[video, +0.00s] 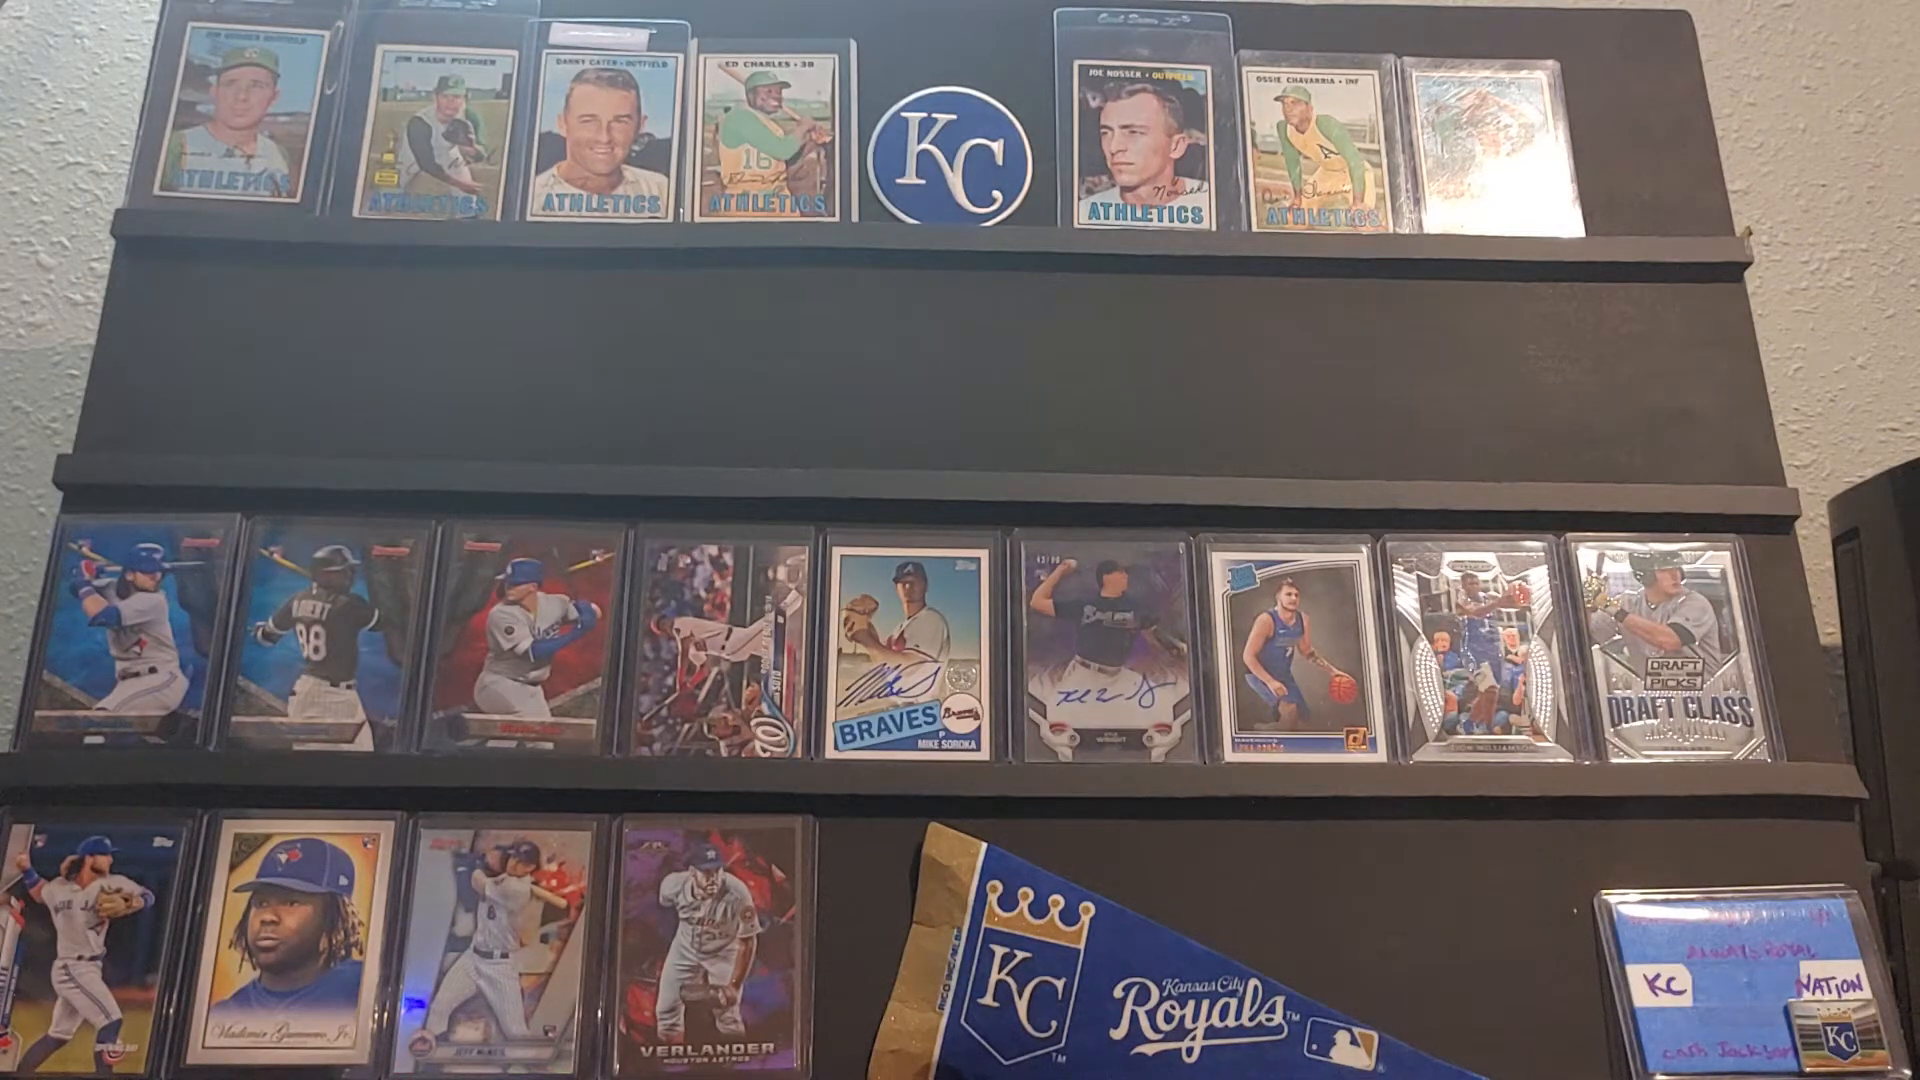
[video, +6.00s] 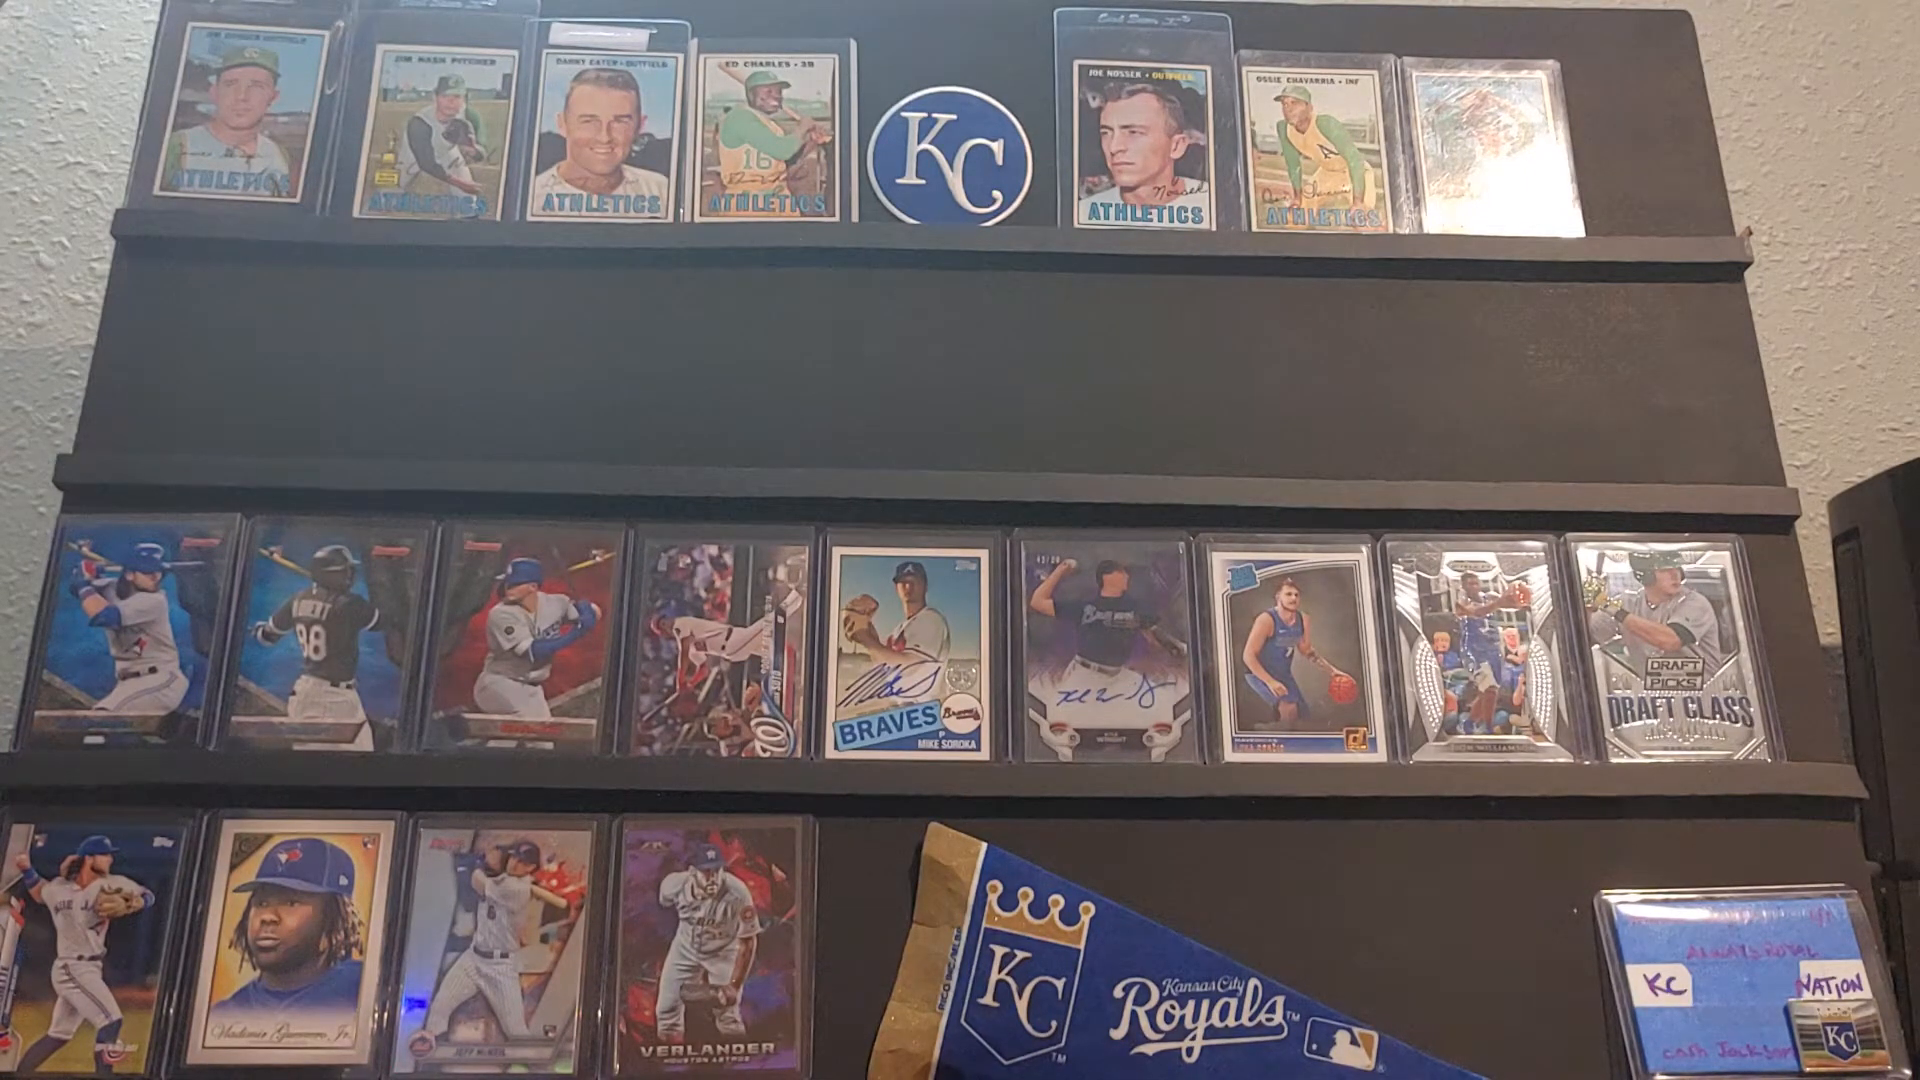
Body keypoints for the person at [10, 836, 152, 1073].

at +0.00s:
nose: (110, 860)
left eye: (110, 855)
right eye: (105, 855)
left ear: (98, 861)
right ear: (89, 859)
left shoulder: (111, 884)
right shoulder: (58, 888)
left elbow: (148, 896)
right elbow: (39, 892)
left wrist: (133, 904)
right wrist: (27, 870)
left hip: (90, 968)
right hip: (70, 969)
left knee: (58, 1036)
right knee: (111, 1019)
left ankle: (20, 1073)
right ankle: (104, 1074)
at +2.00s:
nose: (110, 859)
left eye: (110, 855)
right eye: (105, 855)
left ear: (97, 861)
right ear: (90, 859)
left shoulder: (111, 884)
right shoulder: (58, 889)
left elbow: (148, 896)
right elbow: (39, 890)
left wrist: (130, 905)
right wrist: (26, 869)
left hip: (91, 969)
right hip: (71, 969)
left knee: (58, 1036)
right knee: (111, 1019)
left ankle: (19, 1073)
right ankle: (104, 1073)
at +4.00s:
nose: (110, 859)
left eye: (110, 855)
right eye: (105, 855)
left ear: (96, 861)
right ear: (89, 859)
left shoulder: (111, 884)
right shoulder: (58, 888)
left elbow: (149, 896)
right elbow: (39, 892)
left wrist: (131, 904)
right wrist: (27, 869)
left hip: (90, 969)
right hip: (71, 969)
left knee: (58, 1035)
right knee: (111, 1020)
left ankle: (19, 1073)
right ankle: (104, 1074)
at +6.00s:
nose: (110, 860)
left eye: (110, 855)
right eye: (105, 855)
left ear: (96, 861)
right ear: (89, 859)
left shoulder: (109, 885)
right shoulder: (58, 888)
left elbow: (149, 895)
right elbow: (39, 892)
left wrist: (135, 903)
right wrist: (27, 870)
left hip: (90, 969)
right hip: (71, 969)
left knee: (58, 1035)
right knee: (111, 1020)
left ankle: (19, 1073)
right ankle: (104, 1074)